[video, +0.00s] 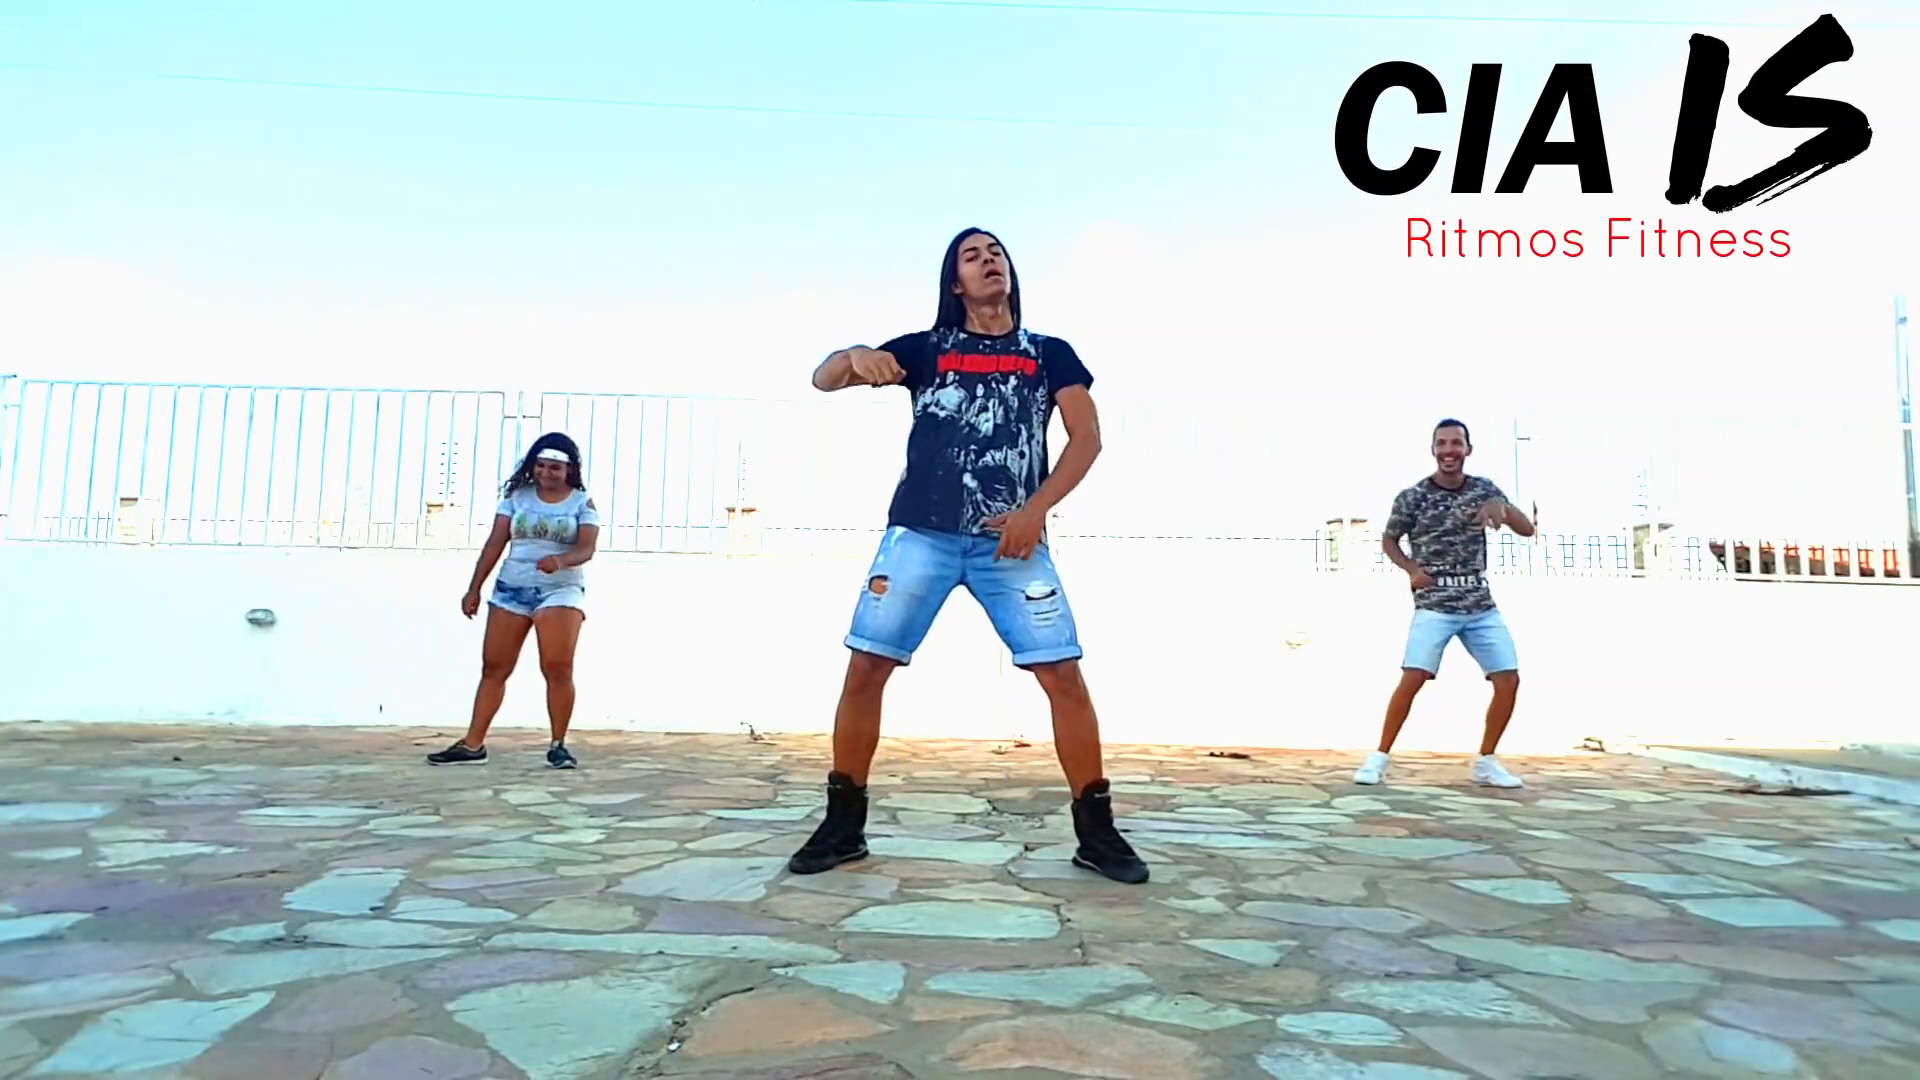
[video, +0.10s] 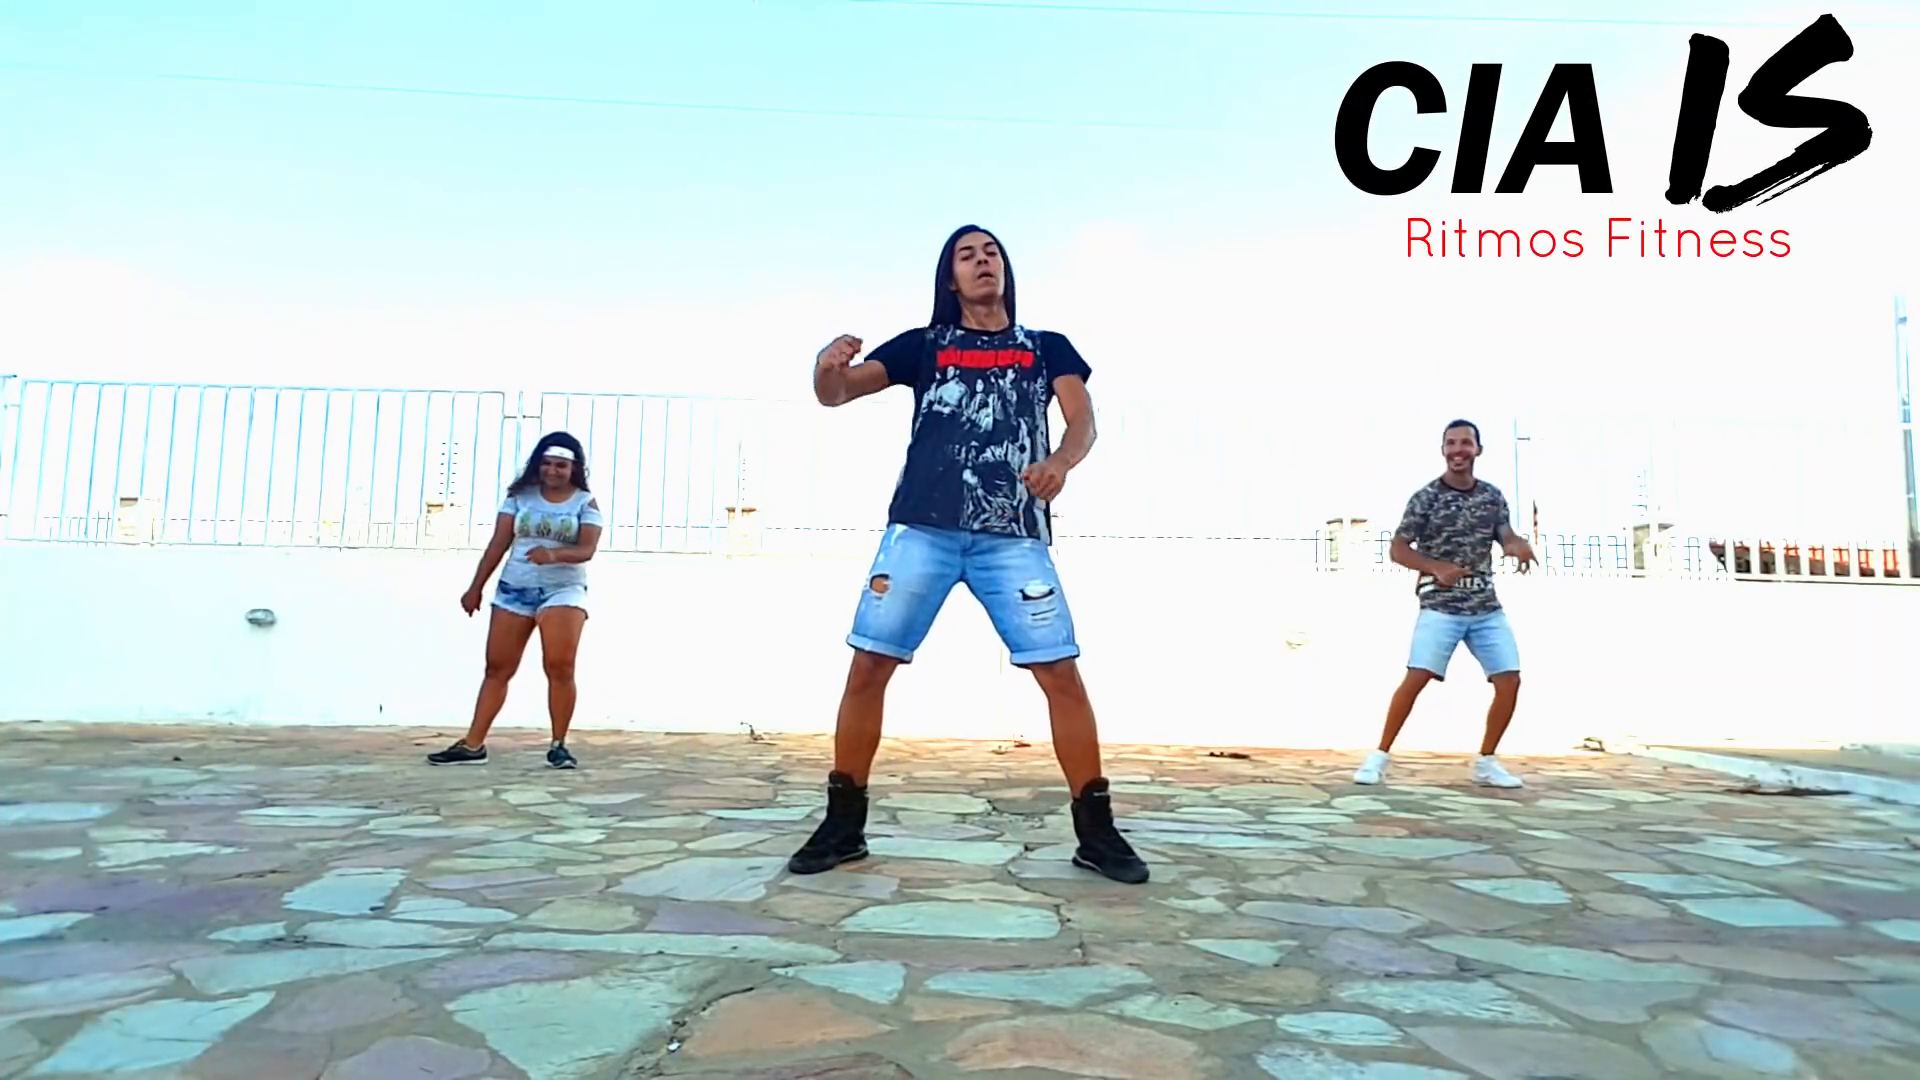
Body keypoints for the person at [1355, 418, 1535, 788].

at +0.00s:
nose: (1449, 450)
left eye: (1456, 443)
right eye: (1442, 443)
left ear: (1467, 450)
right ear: (1433, 449)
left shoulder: (1484, 490)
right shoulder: (1412, 498)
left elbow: (1527, 530)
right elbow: (1389, 541)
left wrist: (1502, 508)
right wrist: (1410, 568)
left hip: (1480, 606)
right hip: (1434, 606)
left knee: (1508, 679)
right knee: (1414, 676)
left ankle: (1486, 761)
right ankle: (1380, 755)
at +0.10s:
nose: (1458, 450)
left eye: (1466, 443)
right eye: (1452, 443)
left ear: (1478, 450)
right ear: (1443, 450)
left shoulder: (1492, 498)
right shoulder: (1425, 498)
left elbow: (1506, 536)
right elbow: (1398, 550)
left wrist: (1518, 545)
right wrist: (1434, 567)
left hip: (1485, 609)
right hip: (1440, 609)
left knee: (1509, 680)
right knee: (1417, 676)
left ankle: (1486, 760)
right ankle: (1380, 755)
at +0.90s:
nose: (1432, 443)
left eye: (1438, 437)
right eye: (1425, 437)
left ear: (1449, 444)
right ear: (1415, 445)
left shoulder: (1470, 483)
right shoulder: (1403, 490)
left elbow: (1472, 535)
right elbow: (1415, 528)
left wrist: (1438, 564)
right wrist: (1447, 489)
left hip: (1459, 605)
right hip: (1411, 602)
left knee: (1497, 675)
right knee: (1390, 671)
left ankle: (1484, 759)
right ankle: (1368, 755)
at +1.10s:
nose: (1440, 439)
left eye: (1446, 433)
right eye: (1432, 433)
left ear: (1455, 441)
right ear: (1420, 442)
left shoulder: (1473, 485)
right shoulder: (1406, 488)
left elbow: (1487, 537)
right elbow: (1390, 532)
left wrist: (1464, 546)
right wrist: (1438, 505)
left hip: (1459, 600)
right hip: (1412, 599)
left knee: (1494, 673)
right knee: (1392, 671)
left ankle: (1484, 758)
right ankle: (1368, 755)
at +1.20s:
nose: (1457, 435)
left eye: (1462, 429)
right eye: (1449, 429)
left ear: (1470, 437)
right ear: (1435, 437)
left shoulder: (1480, 485)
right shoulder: (1414, 481)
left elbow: (1499, 532)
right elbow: (1383, 526)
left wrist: (1479, 535)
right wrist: (1407, 523)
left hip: (1463, 598)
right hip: (1418, 596)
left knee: (1493, 671)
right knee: (1394, 670)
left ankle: (1484, 758)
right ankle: (1368, 754)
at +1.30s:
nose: (1470, 439)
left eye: (1475, 433)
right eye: (1461, 433)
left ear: (1480, 443)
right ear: (1445, 441)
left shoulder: (1480, 491)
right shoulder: (1424, 483)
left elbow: (1486, 547)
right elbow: (1393, 523)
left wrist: (1485, 534)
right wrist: (1378, 553)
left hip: (1466, 602)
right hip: (1422, 600)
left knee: (1498, 672)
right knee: (1401, 671)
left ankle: (1484, 758)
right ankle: (1374, 755)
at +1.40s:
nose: (1470, 443)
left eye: (1474, 438)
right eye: (1461, 437)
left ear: (1480, 448)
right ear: (1446, 446)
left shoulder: (1478, 502)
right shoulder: (1425, 488)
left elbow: (1477, 555)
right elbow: (1396, 530)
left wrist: (1485, 526)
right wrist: (1364, 572)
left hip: (1468, 606)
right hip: (1425, 605)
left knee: (1502, 673)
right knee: (1405, 675)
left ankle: (1485, 759)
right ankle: (1375, 756)